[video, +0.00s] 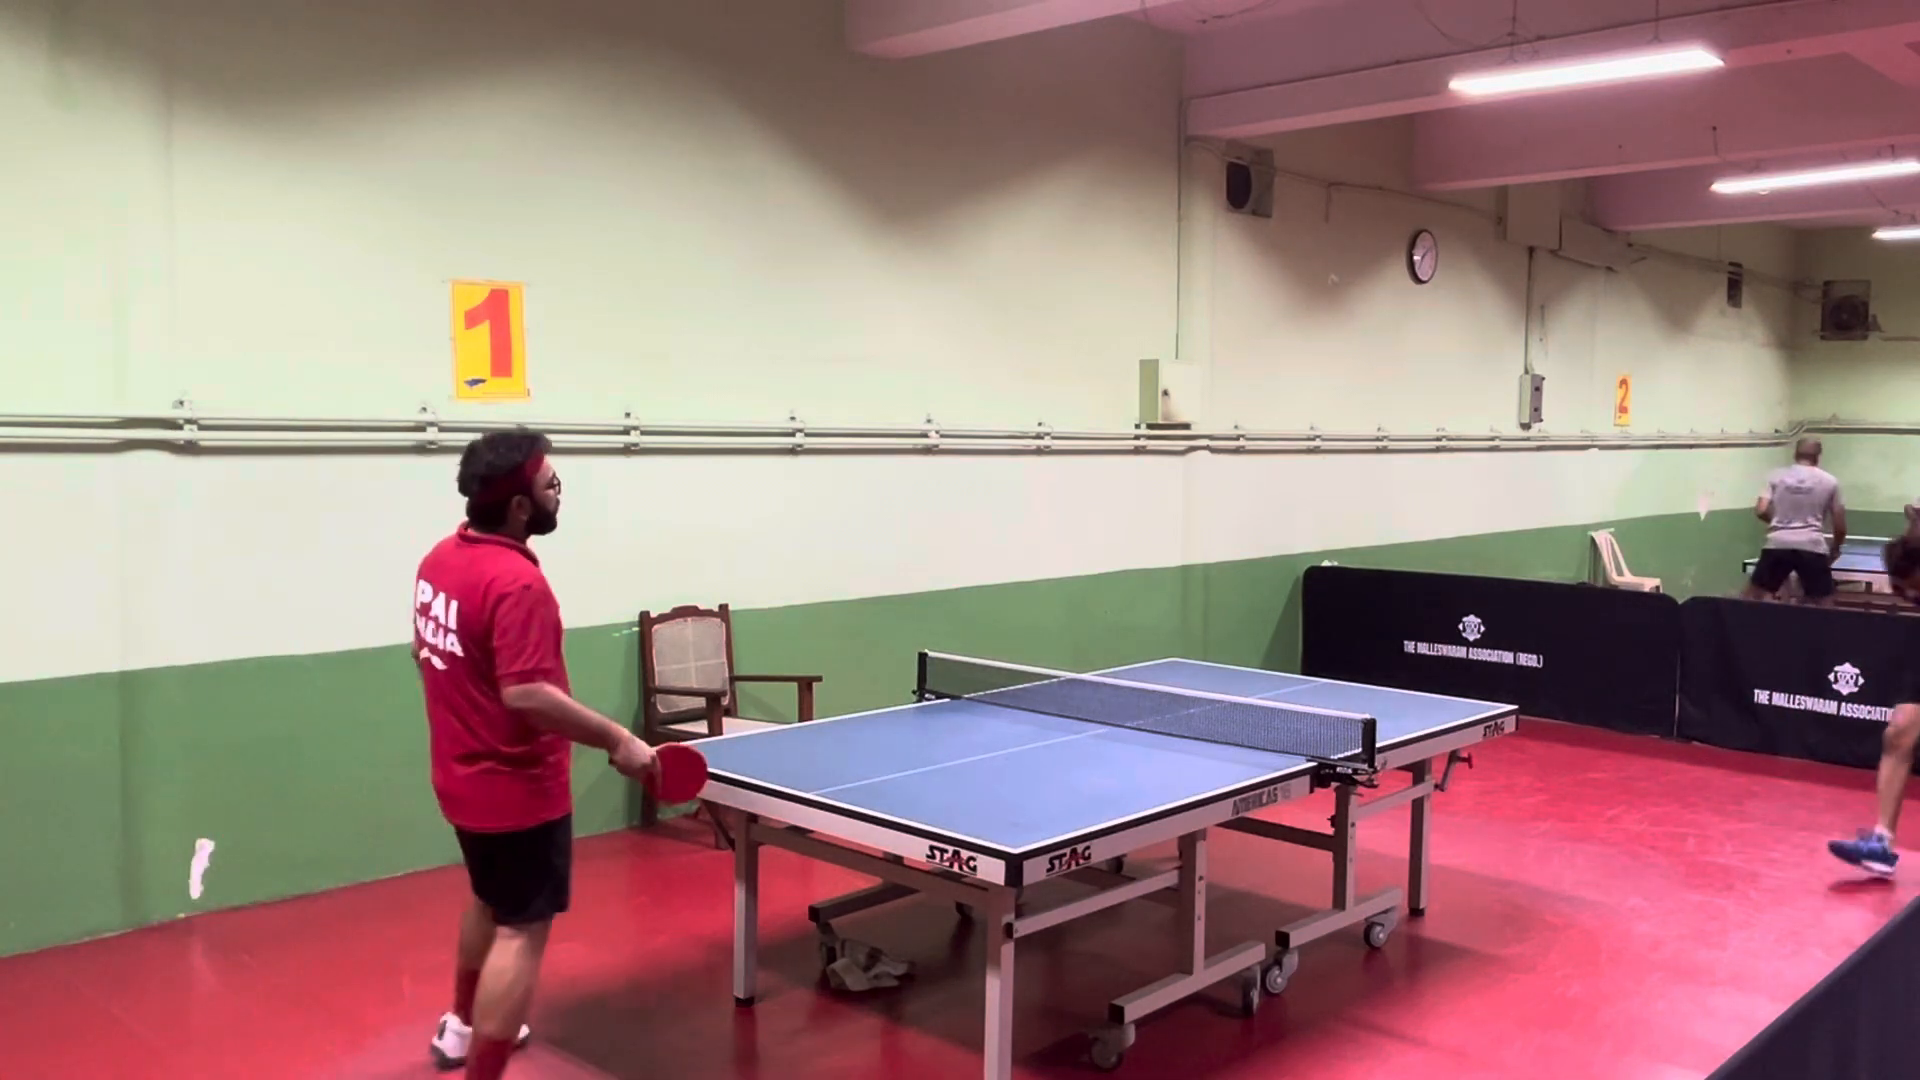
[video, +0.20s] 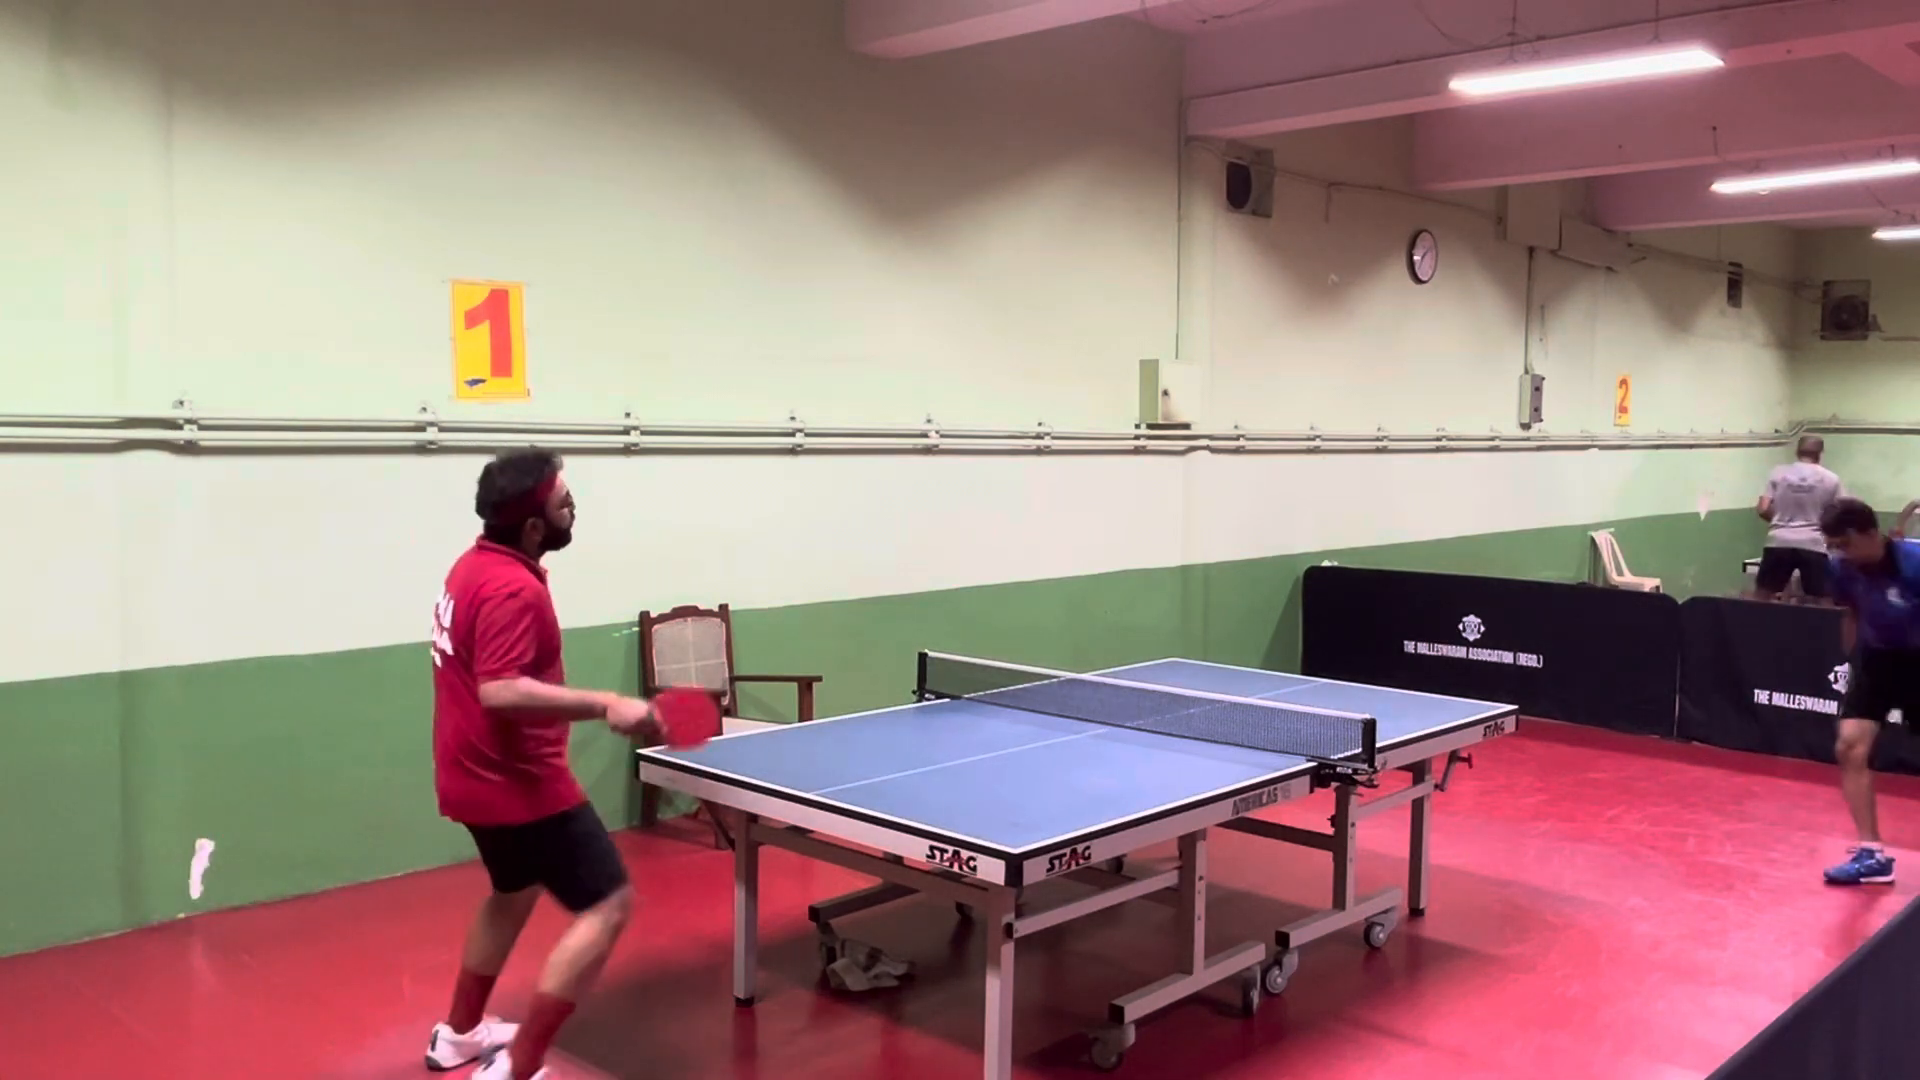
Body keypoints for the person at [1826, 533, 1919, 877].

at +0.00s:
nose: (1911, 597)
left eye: (1914, 589)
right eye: (1907, 591)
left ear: (1916, 578)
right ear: (1899, 584)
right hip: (1916, 682)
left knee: (1902, 733)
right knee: (1899, 731)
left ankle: (1883, 837)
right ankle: (1882, 837)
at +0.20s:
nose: (1840, 554)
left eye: (1844, 545)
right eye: (1835, 547)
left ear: (1867, 533)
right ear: (1839, 541)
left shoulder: (1911, 559)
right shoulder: (1843, 567)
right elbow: (1851, 613)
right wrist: (1850, 662)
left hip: (1915, 660)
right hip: (1876, 661)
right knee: (1850, 744)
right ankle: (1872, 850)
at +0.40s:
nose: (1791, 518)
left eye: (1797, 509)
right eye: (1788, 510)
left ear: (1824, 502)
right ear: (1791, 508)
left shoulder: (1866, 544)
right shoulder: (1795, 545)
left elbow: (1913, 605)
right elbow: (1781, 606)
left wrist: (1915, 681)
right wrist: (1744, 641)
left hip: (1868, 652)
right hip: (1823, 652)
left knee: (1823, 739)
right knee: (1840, 751)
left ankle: (1864, 851)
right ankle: (1869, 853)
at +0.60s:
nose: (1735, 525)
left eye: (1743, 516)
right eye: (1732, 516)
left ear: (1772, 514)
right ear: (1735, 514)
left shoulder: (1805, 561)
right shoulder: (1739, 550)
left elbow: (1841, 632)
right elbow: (1707, 608)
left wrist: (1836, 706)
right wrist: (1658, 609)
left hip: (1793, 669)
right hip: (1758, 666)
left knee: (1738, 755)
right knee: (1802, 762)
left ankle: (1700, 866)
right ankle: (1862, 844)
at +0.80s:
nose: (1673, 530)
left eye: (1681, 522)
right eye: (1670, 520)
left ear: (1709, 520)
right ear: (1671, 514)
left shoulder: (1735, 564)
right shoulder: (1677, 549)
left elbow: (1741, 646)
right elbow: (1666, 603)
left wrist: (1735, 720)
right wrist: (1619, 613)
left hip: (1714, 668)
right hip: (1683, 664)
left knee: (1666, 752)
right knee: (1666, 759)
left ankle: (1687, 871)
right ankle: (1757, 814)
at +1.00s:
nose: (1614, 519)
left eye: (1621, 512)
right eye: (1611, 510)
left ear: (1648, 509)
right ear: (1613, 507)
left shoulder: (1675, 553)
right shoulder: (1617, 542)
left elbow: (1663, 632)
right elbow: (1621, 594)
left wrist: (1611, 675)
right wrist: (1578, 621)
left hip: (1666, 655)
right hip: (1625, 649)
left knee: (1653, 757)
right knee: (1574, 727)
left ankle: (1686, 869)